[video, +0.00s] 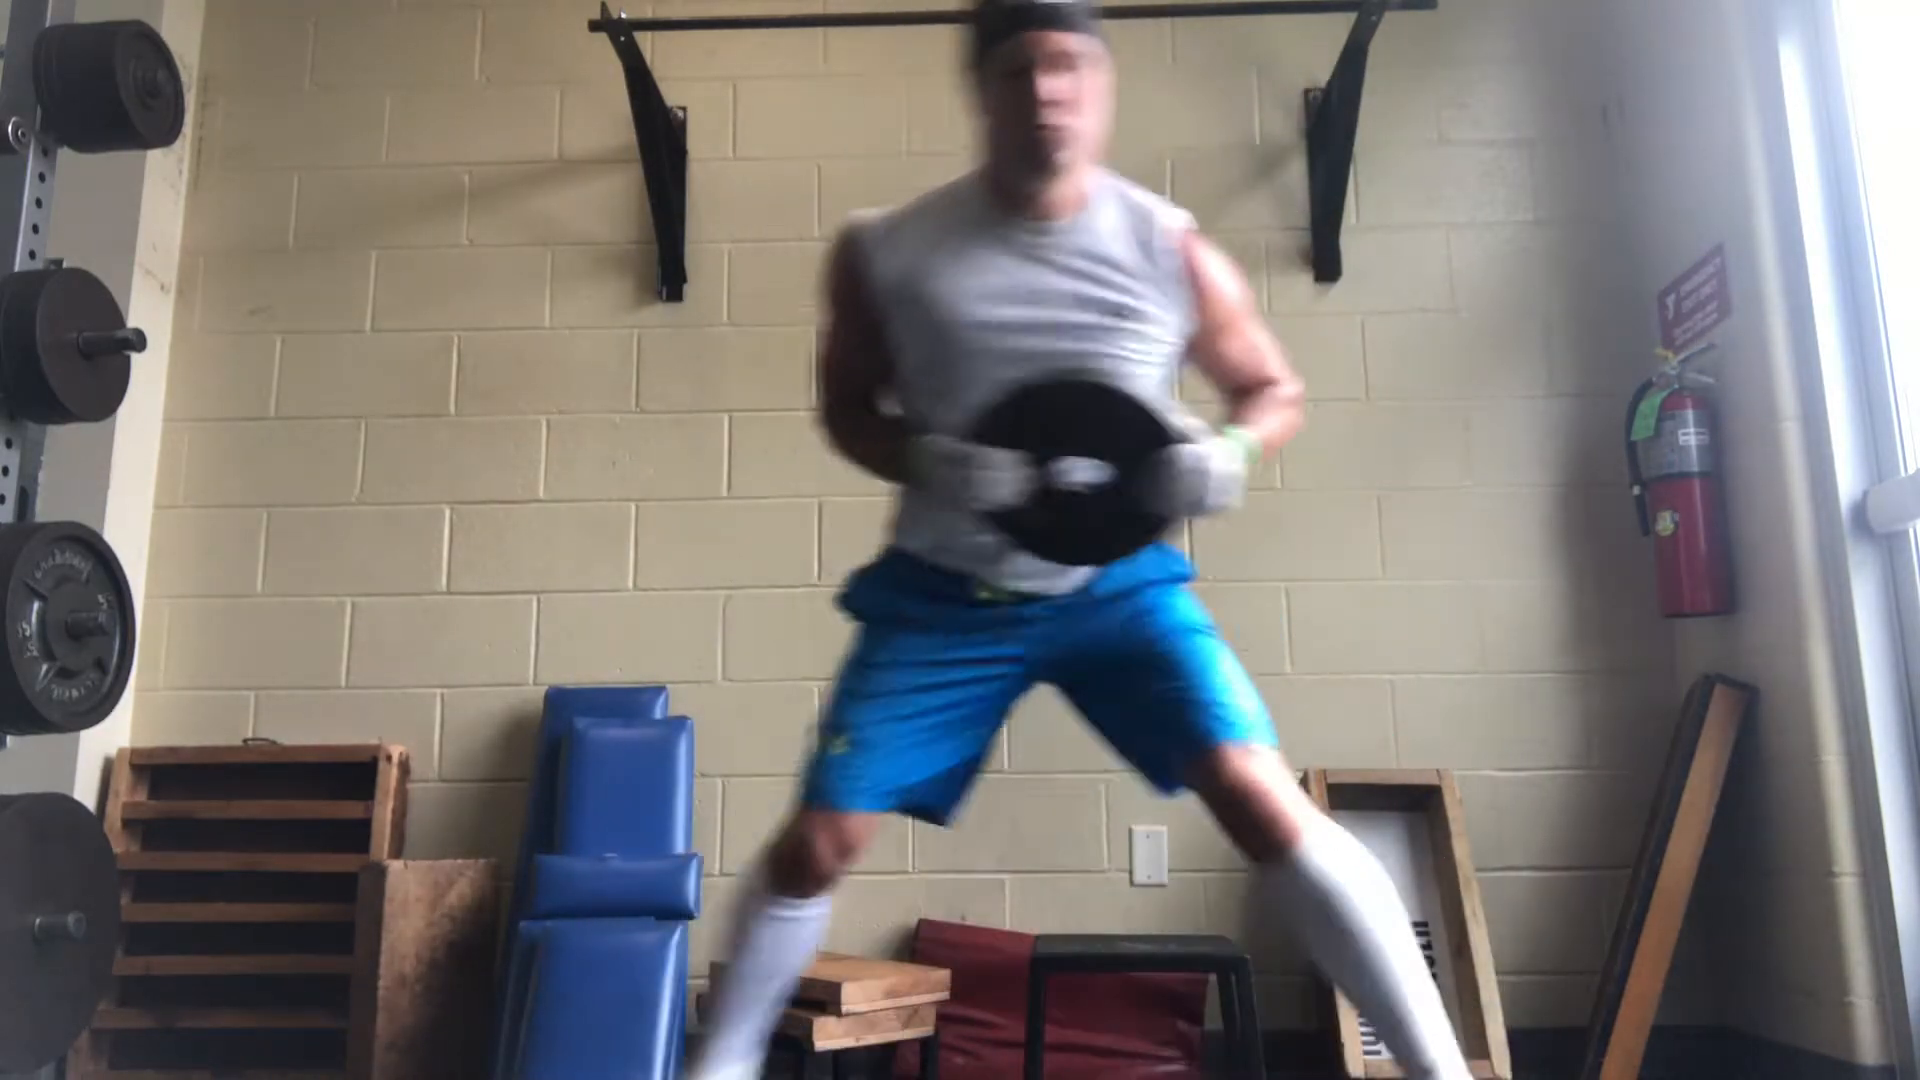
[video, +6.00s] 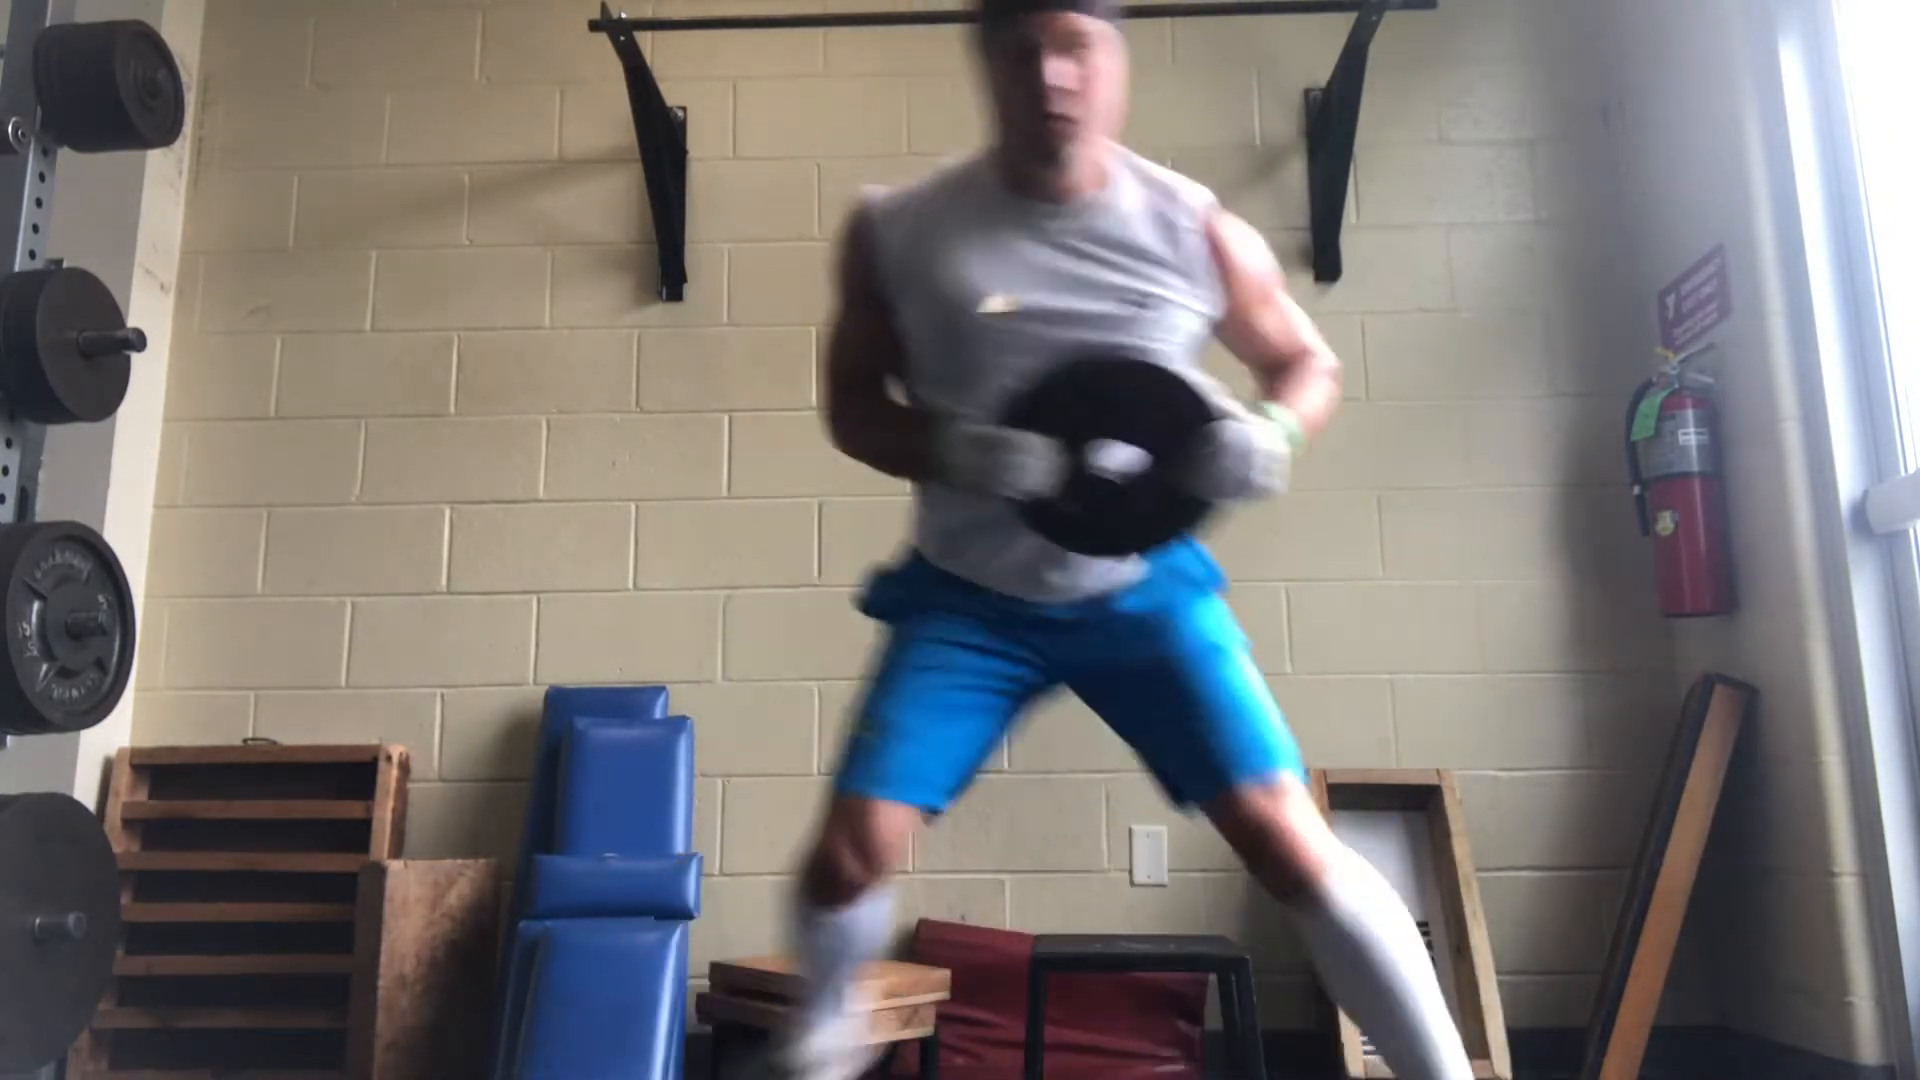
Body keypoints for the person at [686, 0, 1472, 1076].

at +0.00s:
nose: (1045, 95)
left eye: (1066, 67)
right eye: (1018, 72)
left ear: (1106, 87)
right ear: (980, 95)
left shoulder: (1168, 248)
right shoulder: (884, 256)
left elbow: (1278, 391)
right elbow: (845, 413)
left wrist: (1229, 454)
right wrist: (930, 465)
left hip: (1126, 591)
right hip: (944, 601)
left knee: (1259, 797)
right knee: (818, 841)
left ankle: (1445, 1069)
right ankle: (712, 1070)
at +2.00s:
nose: (1069, 42)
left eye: (1094, 19)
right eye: (1039, 22)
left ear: (1133, 43)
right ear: (1001, 50)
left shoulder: (1206, 217)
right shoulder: (918, 226)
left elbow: (1358, 360)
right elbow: (865, 385)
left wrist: (1275, 408)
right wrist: (956, 422)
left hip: (1166, 575)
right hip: (986, 587)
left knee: (1287, 801)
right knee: (871, 835)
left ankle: (1477, 1067)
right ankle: (786, 1067)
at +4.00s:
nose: (1052, 71)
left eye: (1073, 46)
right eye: (1025, 50)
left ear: (1111, 74)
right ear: (989, 81)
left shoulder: (1187, 238)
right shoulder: (902, 250)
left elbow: (1285, 364)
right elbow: (846, 428)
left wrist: (1265, 433)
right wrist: (958, 453)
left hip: (1137, 594)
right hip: (962, 604)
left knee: (1274, 823)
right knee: (854, 846)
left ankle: (1448, 1070)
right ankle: (802, 1065)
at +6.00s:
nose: (1050, 76)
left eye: (1075, 47)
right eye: (1023, 50)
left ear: (1117, 65)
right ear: (987, 69)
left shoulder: (1198, 234)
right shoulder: (896, 235)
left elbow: (1311, 366)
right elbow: (852, 410)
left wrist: (1270, 431)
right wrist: (952, 453)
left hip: (1148, 596)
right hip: (967, 601)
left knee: (1286, 841)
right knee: (854, 850)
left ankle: (1448, 1070)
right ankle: (823, 1044)